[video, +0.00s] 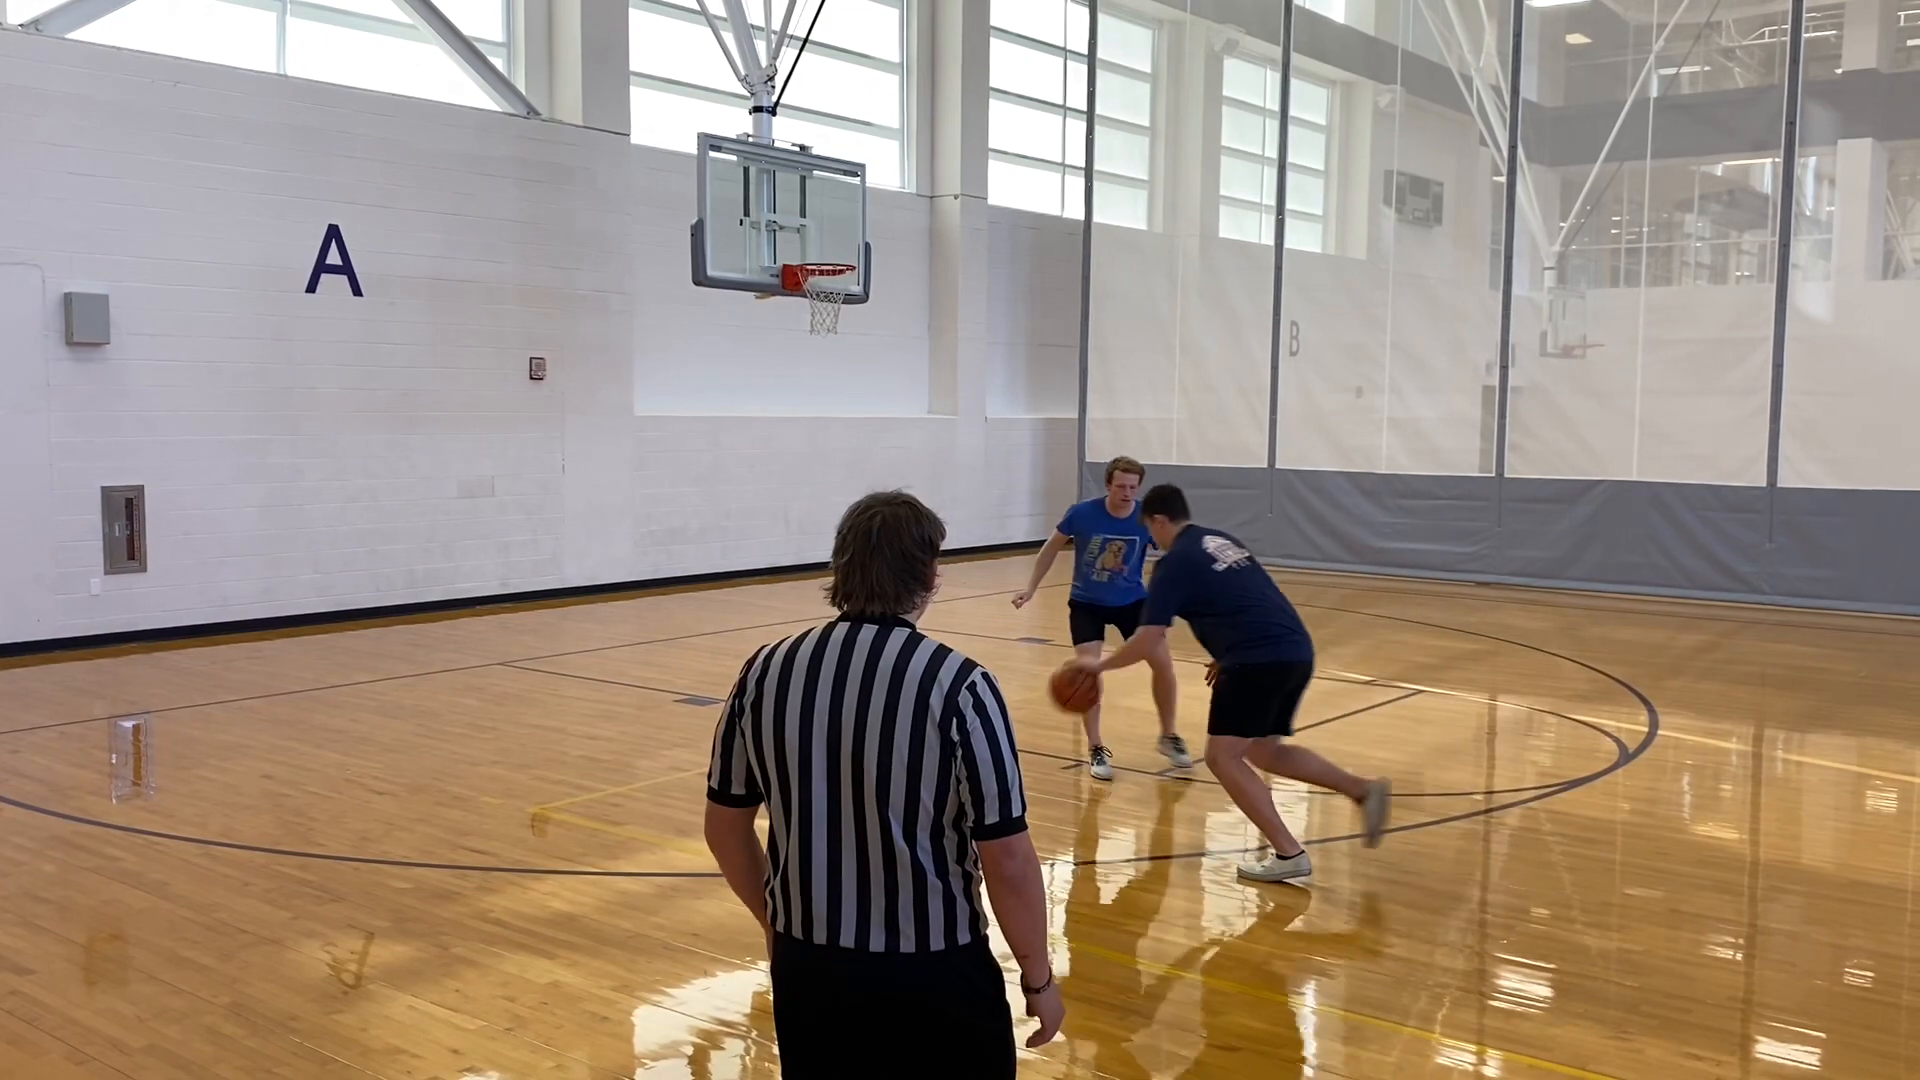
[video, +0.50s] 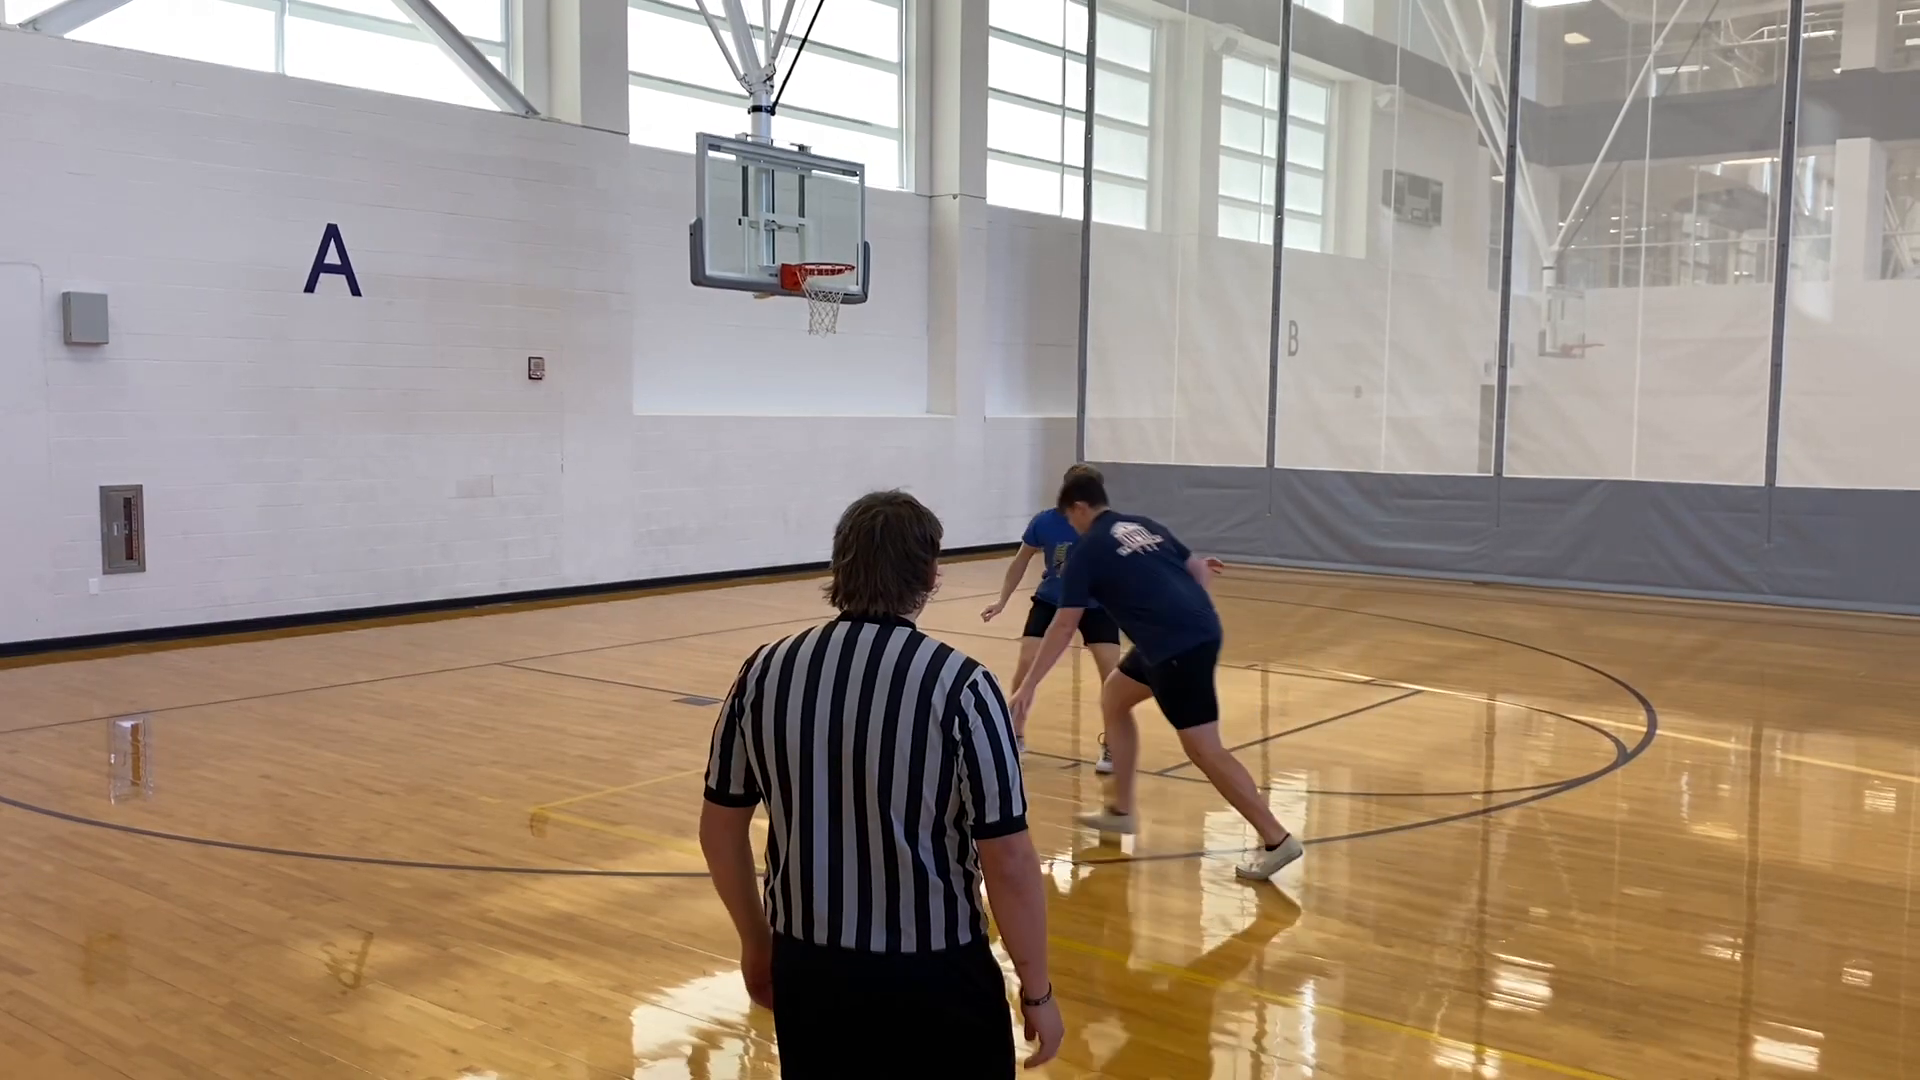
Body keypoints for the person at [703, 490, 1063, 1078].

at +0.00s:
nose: (939, 575)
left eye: (937, 559)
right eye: (935, 560)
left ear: (845, 566)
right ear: (923, 572)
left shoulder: (766, 670)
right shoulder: (961, 686)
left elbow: (725, 825)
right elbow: (1007, 855)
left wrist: (777, 920)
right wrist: (1038, 976)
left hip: (809, 979)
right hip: (940, 982)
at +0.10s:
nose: (939, 575)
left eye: (937, 559)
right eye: (936, 560)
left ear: (844, 566)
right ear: (923, 572)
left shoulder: (766, 671)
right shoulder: (961, 686)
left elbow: (724, 825)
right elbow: (1007, 856)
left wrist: (768, 924)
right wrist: (1038, 980)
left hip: (809, 981)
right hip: (941, 983)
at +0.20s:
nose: (939, 576)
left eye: (937, 558)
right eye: (936, 560)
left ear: (845, 565)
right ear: (922, 571)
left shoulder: (766, 670)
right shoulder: (962, 685)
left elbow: (723, 826)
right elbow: (1007, 856)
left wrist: (765, 926)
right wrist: (1038, 980)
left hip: (810, 981)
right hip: (942, 983)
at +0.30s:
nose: (939, 574)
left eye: (937, 557)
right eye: (936, 559)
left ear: (844, 564)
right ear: (924, 572)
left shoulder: (766, 670)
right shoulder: (961, 685)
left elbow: (722, 827)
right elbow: (1007, 858)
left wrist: (762, 933)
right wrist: (1038, 985)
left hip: (809, 980)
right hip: (941, 983)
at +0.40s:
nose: (938, 574)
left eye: (936, 558)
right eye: (935, 559)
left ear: (844, 564)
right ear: (924, 572)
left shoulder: (766, 669)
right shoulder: (961, 685)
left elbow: (721, 827)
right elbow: (1007, 859)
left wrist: (758, 936)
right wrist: (1038, 988)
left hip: (809, 978)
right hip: (940, 981)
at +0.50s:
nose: (938, 574)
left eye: (936, 558)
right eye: (936, 560)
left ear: (843, 565)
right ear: (925, 573)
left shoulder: (766, 670)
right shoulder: (961, 685)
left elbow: (720, 829)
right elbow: (1009, 861)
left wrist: (755, 938)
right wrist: (1037, 990)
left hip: (808, 979)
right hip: (941, 982)